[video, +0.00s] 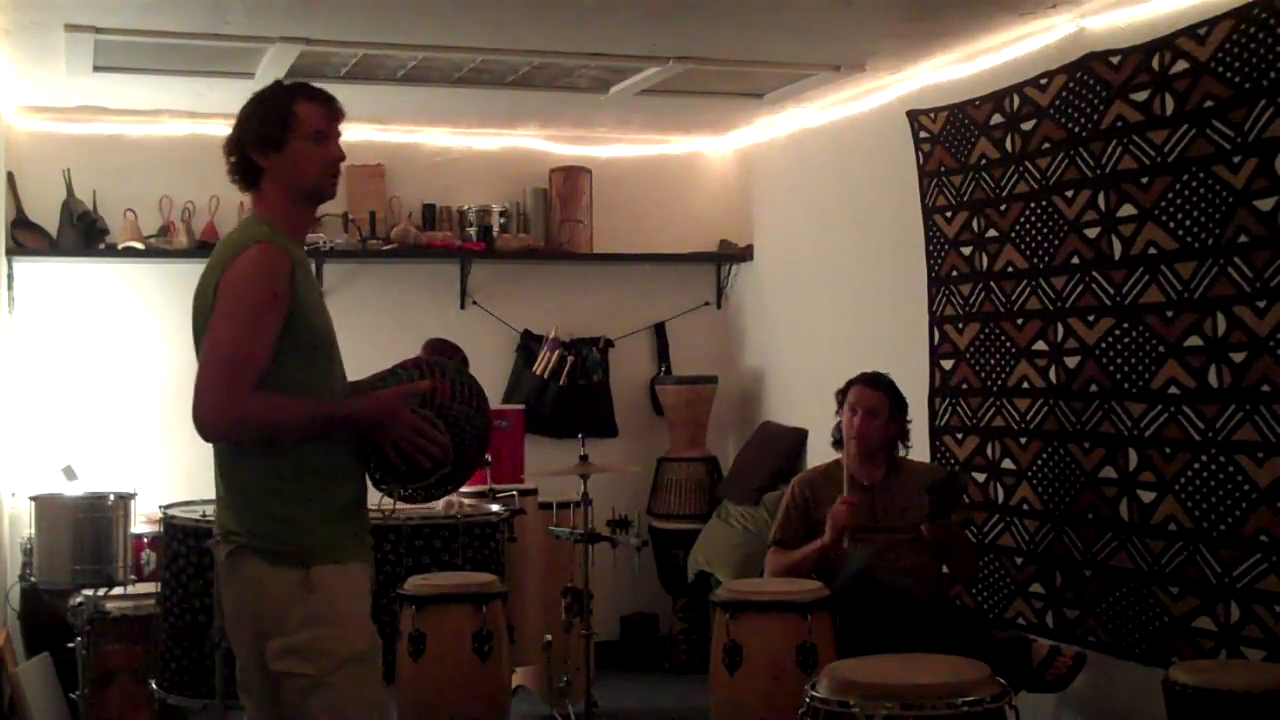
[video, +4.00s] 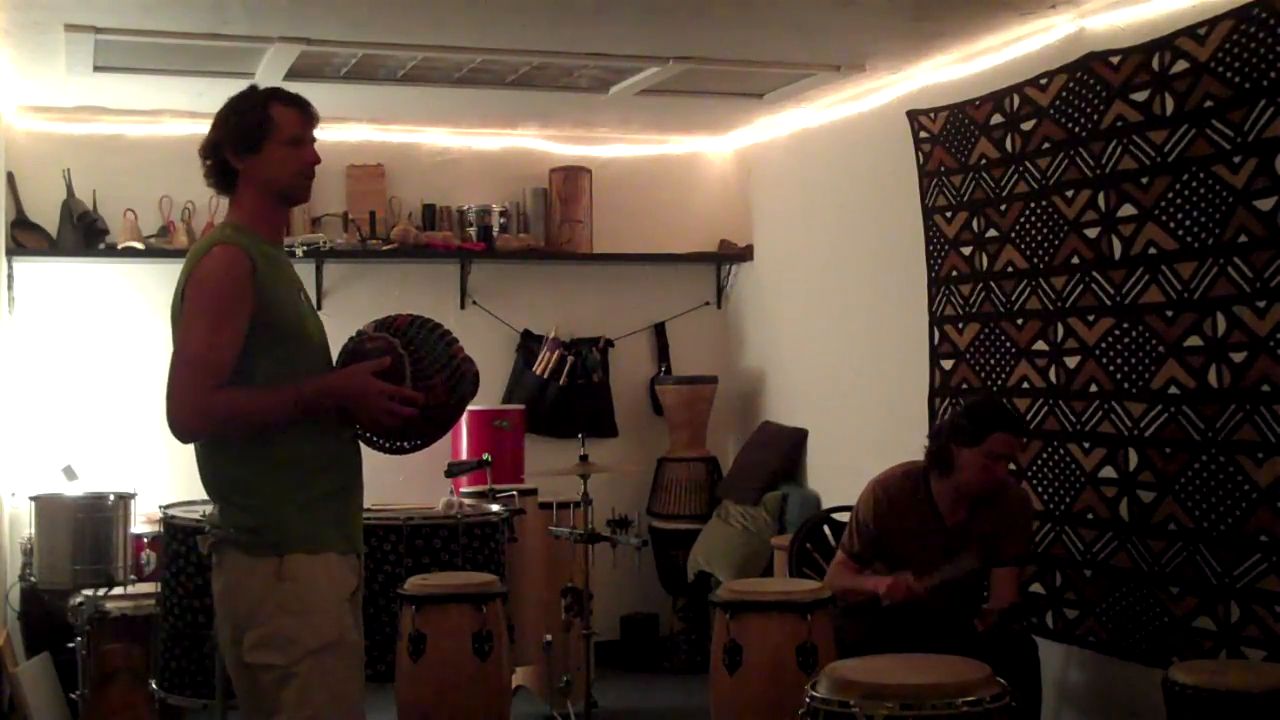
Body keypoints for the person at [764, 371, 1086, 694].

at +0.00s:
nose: (857, 422)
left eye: (871, 414)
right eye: (851, 410)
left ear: (896, 426)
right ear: (840, 417)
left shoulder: (929, 481)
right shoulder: (809, 487)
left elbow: (968, 568)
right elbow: (773, 571)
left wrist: (948, 539)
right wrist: (826, 539)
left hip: (921, 605)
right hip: (841, 612)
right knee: (861, 574)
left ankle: (1017, 660)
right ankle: (1014, 649)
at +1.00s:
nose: (871, 419)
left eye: (883, 410)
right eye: (861, 409)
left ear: (898, 423)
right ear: (841, 420)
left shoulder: (928, 481)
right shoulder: (809, 487)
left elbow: (969, 565)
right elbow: (769, 573)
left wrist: (943, 543)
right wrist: (812, 543)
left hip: (920, 605)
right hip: (839, 613)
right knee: (866, 571)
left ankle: (1020, 664)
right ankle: (1015, 648)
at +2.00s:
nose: (912, 410)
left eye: (923, 401)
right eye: (901, 397)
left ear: (933, 413)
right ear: (875, 405)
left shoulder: (955, 475)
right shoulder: (833, 470)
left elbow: (982, 566)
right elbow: (783, 554)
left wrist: (959, 539)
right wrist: (836, 536)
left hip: (933, 612)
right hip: (853, 613)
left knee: (1018, 645)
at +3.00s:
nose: (968, 450)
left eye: (979, 439)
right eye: (956, 437)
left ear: (992, 445)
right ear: (929, 438)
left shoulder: (1008, 500)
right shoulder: (883, 492)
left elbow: (1008, 588)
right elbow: (831, 575)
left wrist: (991, 612)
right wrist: (871, 578)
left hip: (966, 624)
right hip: (889, 619)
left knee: (1021, 648)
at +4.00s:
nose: (1002, 473)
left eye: (1007, 462)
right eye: (992, 459)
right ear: (956, 448)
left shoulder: (1010, 504)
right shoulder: (888, 492)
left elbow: (1005, 595)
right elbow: (835, 577)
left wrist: (992, 615)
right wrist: (877, 583)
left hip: (961, 620)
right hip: (887, 616)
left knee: (1018, 649)